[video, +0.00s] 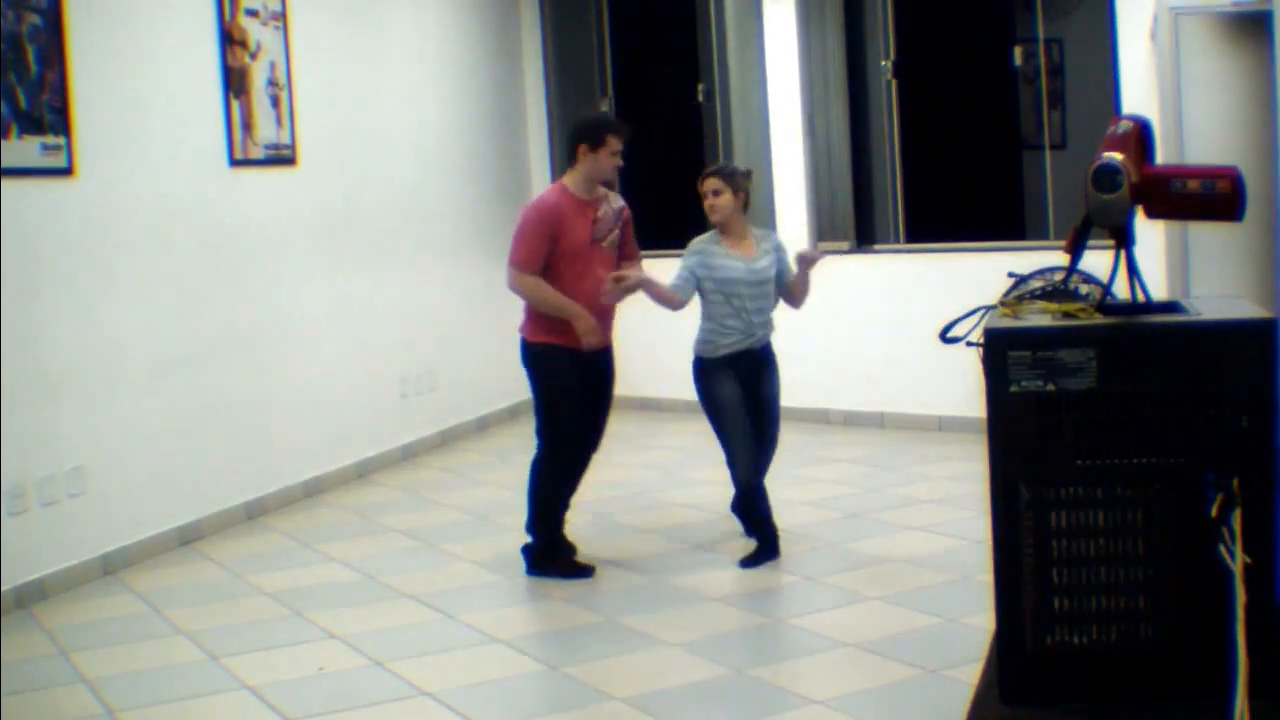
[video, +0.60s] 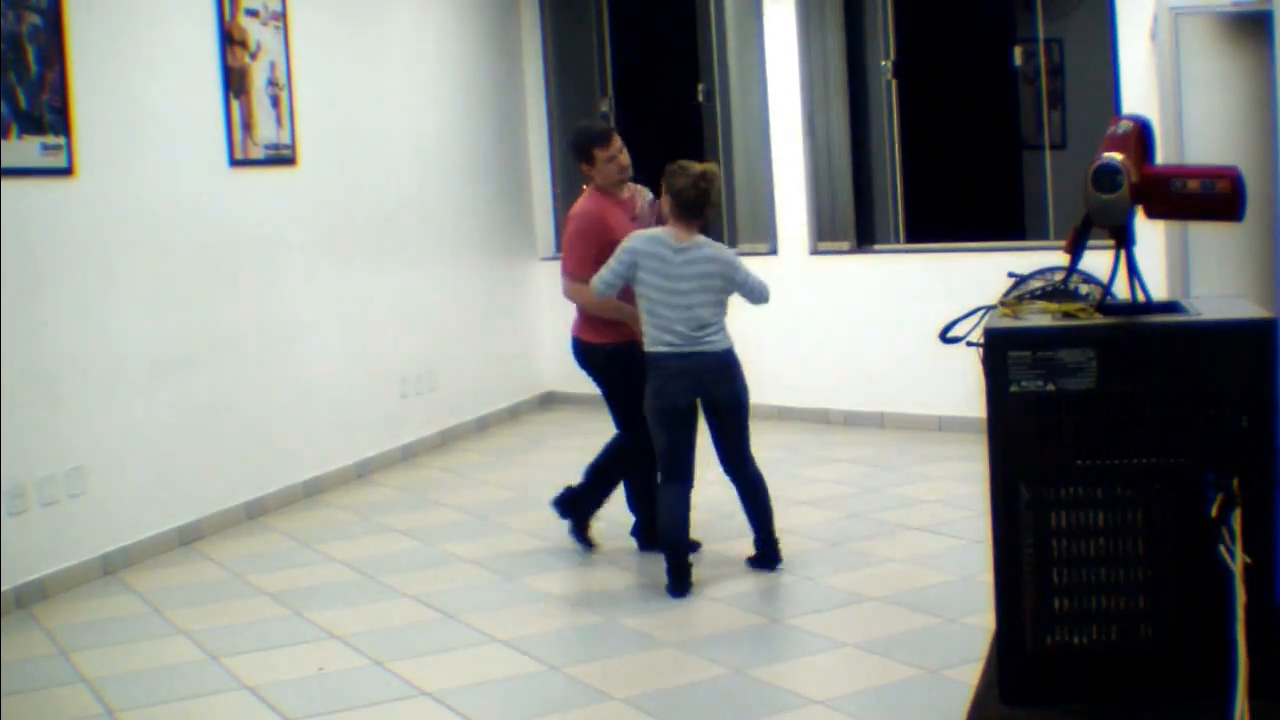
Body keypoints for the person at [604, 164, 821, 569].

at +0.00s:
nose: (708, 203)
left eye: (716, 194)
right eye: (704, 197)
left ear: (740, 197)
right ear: (704, 203)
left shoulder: (770, 245)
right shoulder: (700, 250)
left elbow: (794, 299)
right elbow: (675, 300)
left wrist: (804, 269)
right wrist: (643, 281)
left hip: (758, 356)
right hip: (714, 360)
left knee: (765, 440)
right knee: (741, 451)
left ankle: (744, 501)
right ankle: (767, 540)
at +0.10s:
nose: (701, 205)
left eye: (708, 196)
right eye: (698, 198)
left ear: (733, 199)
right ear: (705, 205)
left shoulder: (767, 250)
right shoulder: (697, 254)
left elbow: (785, 311)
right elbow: (669, 306)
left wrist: (770, 277)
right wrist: (633, 285)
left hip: (754, 362)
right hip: (706, 367)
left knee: (779, 454)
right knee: (736, 460)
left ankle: (762, 502)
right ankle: (765, 541)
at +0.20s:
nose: (693, 207)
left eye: (698, 199)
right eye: (695, 199)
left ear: (718, 202)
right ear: (714, 203)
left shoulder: (756, 251)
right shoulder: (700, 256)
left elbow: (757, 310)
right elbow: (677, 308)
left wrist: (716, 278)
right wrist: (639, 281)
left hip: (746, 365)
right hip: (703, 368)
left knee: (747, 458)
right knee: (729, 463)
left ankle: (786, 509)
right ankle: (764, 540)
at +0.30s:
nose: (689, 203)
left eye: (694, 196)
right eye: (691, 195)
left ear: (709, 201)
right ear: (715, 201)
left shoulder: (732, 248)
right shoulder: (711, 249)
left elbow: (722, 306)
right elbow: (698, 301)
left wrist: (672, 274)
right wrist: (663, 273)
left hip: (734, 363)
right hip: (713, 365)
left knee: (713, 455)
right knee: (732, 456)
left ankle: (769, 541)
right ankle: (768, 541)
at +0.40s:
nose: (681, 199)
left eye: (684, 193)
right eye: (683, 192)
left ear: (694, 198)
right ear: (725, 201)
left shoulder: (696, 248)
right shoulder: (732, 246)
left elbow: (669, 303)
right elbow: (701, 276)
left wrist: (642, 272)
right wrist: (663, 262)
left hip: (712, 363)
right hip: (742, 358)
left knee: (697, 465)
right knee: (736, 455)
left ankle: (716, 559)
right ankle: (778, 538)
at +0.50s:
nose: (672, 200)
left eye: (674, 194)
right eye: (674, 194)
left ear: (681, 200)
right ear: (721, 202)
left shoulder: (664, 247)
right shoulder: (732, 252)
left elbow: (630, 293)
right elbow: (754, 293)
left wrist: (627, 260)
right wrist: (715, 274)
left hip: (690, 370)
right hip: (736, 364)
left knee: (684, 470)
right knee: (738, 457)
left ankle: (681, 569)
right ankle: (778, 539)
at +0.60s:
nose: (659, 199)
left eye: (661, 195)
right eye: (664, 194)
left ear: (665, 203)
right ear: (709, 206)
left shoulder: (638, 245)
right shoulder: (719, 256)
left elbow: (598, 290)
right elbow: (759, 293)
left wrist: (635, 311)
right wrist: (723, 270)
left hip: (666, 372)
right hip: (718, 368)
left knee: (674, 474)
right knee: (739, 461)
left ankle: (677, 576)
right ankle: (768, 549)